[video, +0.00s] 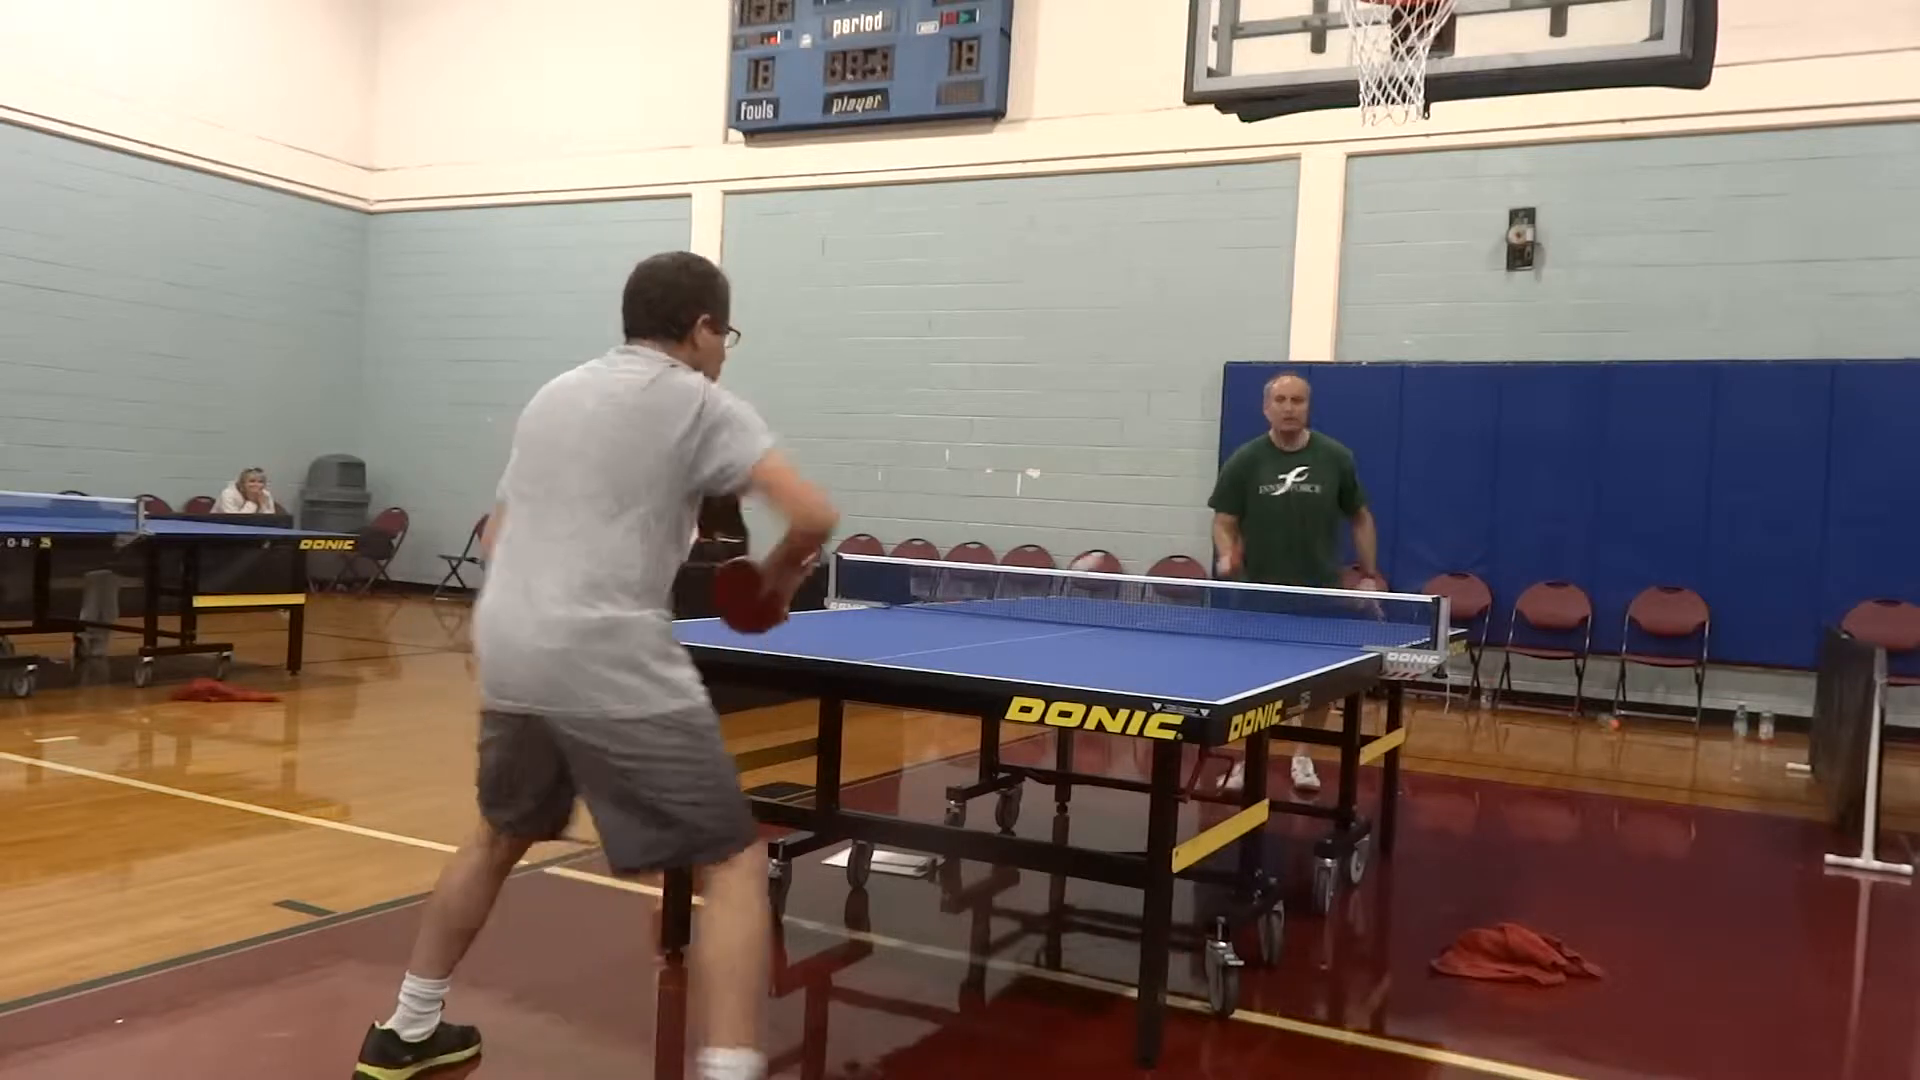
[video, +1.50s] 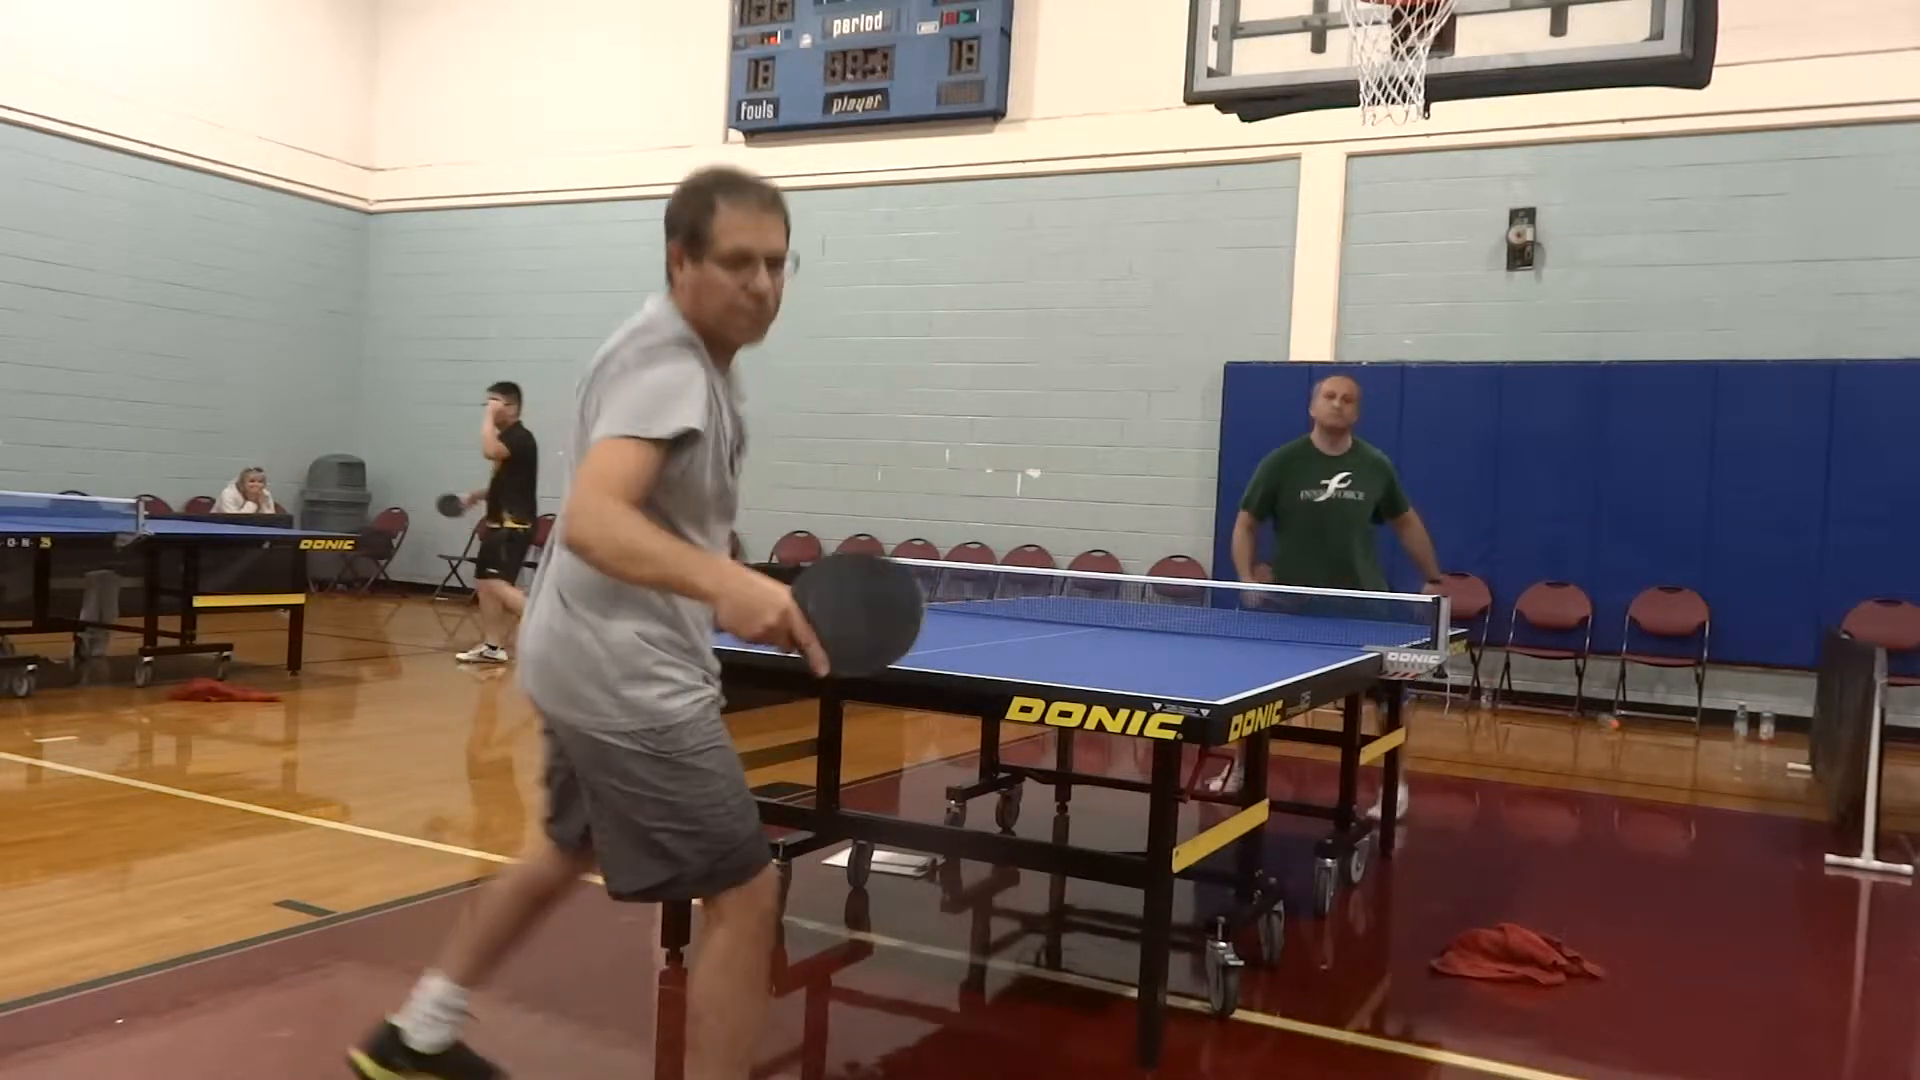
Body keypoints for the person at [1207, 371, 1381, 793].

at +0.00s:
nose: (1289, 408)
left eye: (1297, 400)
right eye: (1280, 400)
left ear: (1309, 406)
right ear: (1266, 407)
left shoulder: (1336, 458)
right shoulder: (1245, 461)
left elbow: (1359, 515)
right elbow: (1224, 520)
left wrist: (1369, 572)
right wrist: (1228, 550)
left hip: (1319, 594)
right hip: (1259, 593)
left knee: (1323, 680)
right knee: (1254, 674)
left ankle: (1303, 755)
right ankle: (1247, 759)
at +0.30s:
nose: (1296, 414)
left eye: (1306, 407)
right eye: (1290, 405)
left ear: (1323, 415)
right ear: (1280, 411)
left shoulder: (1351, 466)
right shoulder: (1258, 469)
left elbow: (1385, 524)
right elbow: (1239, 528)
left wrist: (1388, 578)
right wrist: (1249, 566)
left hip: (1341, 605)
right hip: (1275, 602)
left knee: (1375, 686)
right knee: (1256, 683)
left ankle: (1409, 769)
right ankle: (1250, 763)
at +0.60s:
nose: (1333, 419)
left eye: (1343, 412)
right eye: (1326, 411)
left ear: (1360, 418)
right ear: (1316, 417)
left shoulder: (1387, 469)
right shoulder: (1301, 470)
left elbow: (1427, 533)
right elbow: (1274, 525)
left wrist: (1384, 576)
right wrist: (1272, 558)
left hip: (1376, 612)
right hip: (1310, 609)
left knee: (1419, 686)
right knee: (1262, 675)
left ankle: (1435, 782)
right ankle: (1252, 764)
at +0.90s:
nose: (1366, 423)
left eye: (1376, 416)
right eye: (1359, 414)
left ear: (1390, 423)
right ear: (1345, 418)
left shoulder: (1408, 477)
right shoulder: (1320, 469)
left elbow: (1421, 544)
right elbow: (1268, 527)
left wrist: (1424, 607)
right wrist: (1301, 557)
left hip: (1391, 614)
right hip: (1323, 611)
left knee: (1423, 686)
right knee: (1275, 679)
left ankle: (1436, 781)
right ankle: (1252, 761)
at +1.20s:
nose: (1344, 436)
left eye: (1353, 429)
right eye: (1335, 427)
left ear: (1363, 436)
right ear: (1318, 432)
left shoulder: (1383, 476)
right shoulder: (1296, 484)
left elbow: (1425, 515)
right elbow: (1259, 554)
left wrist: (1456, 552)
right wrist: (1287, 602)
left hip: (1377, 616)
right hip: (1312, 616)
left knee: (1416, 685)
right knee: (1260, 679)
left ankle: (1431, 782)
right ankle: (1241, 768)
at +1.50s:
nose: (1337, 405)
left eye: (1347, 400)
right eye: (1330, 397)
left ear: (1357, 414)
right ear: (1312, 405)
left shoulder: (1376, 466)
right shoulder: (1281, 462)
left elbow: (1405, 522)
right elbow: (1245, 524)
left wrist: (1434, 575)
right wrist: (1247, 576)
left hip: (1364, 605)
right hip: (1292, 604)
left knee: (1390, 692)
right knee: (1256, 681)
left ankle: (1393, 782)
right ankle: (1242, 766)